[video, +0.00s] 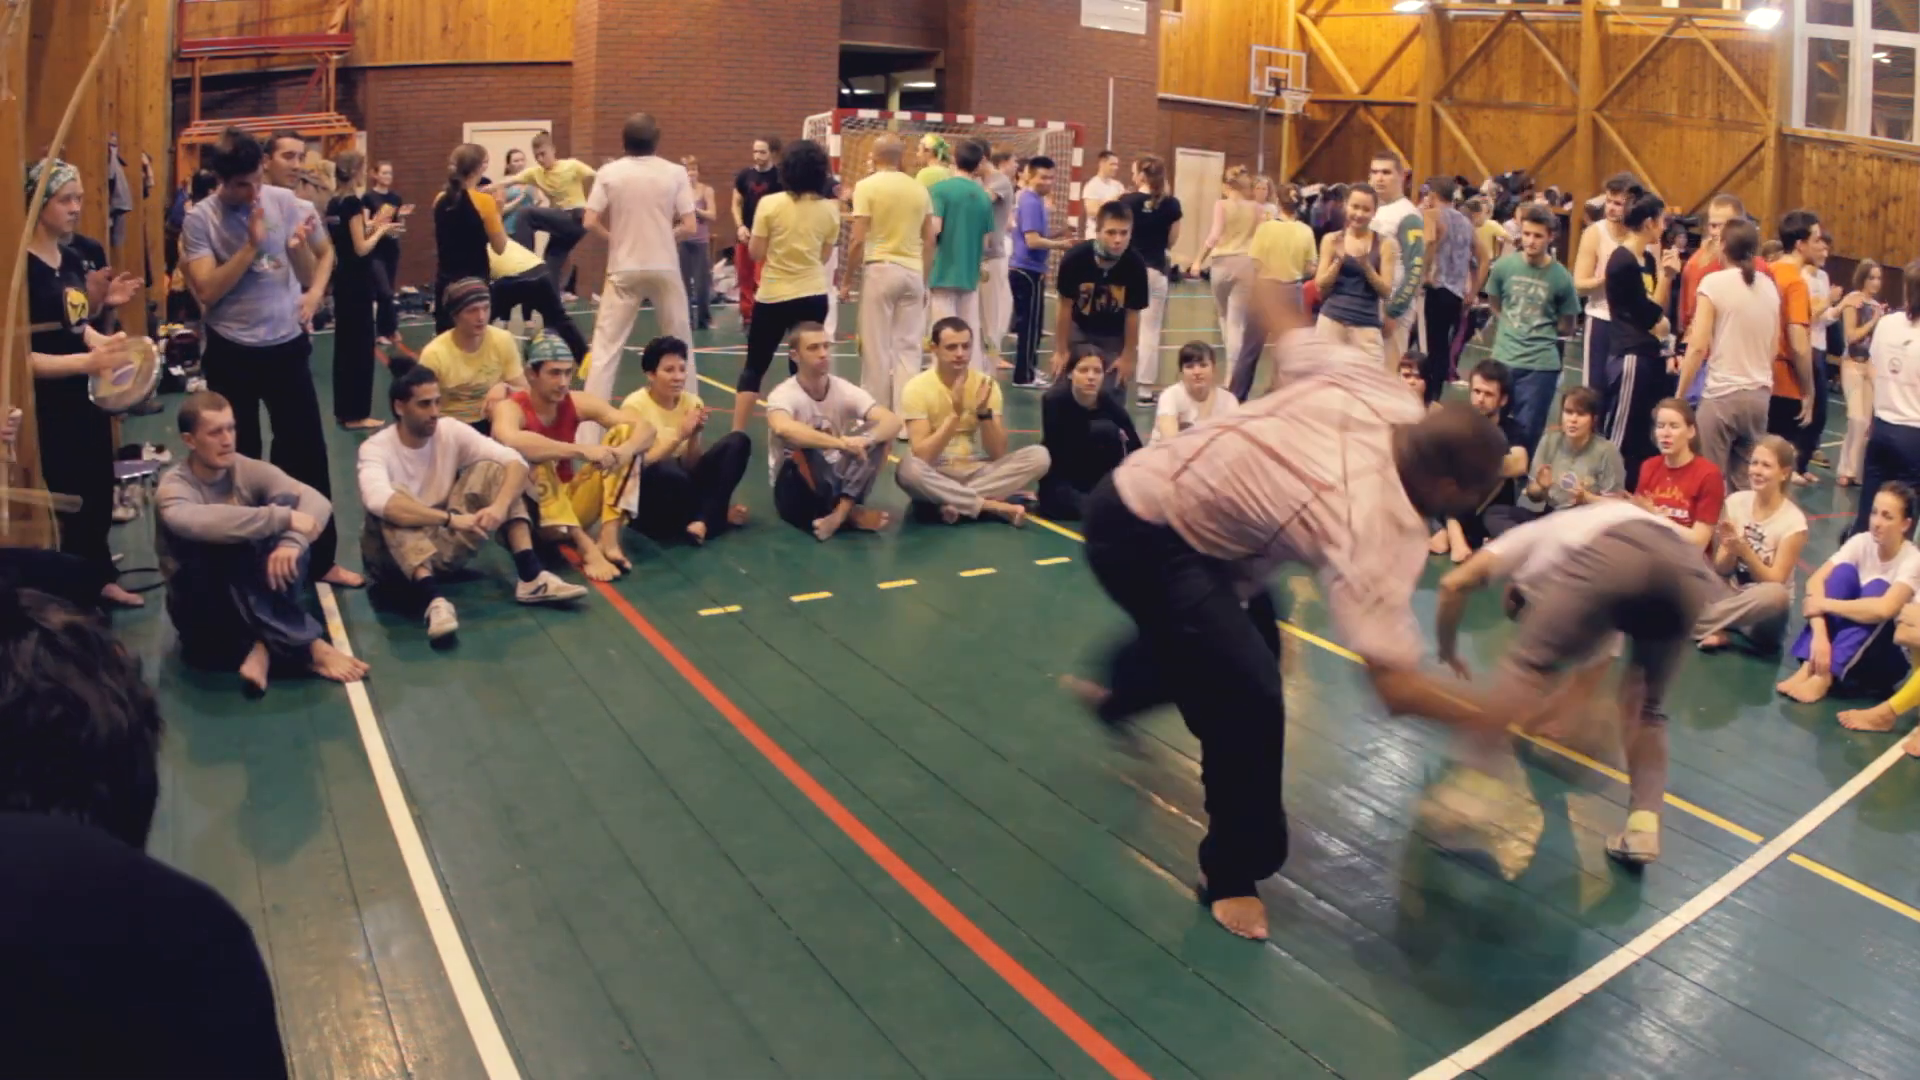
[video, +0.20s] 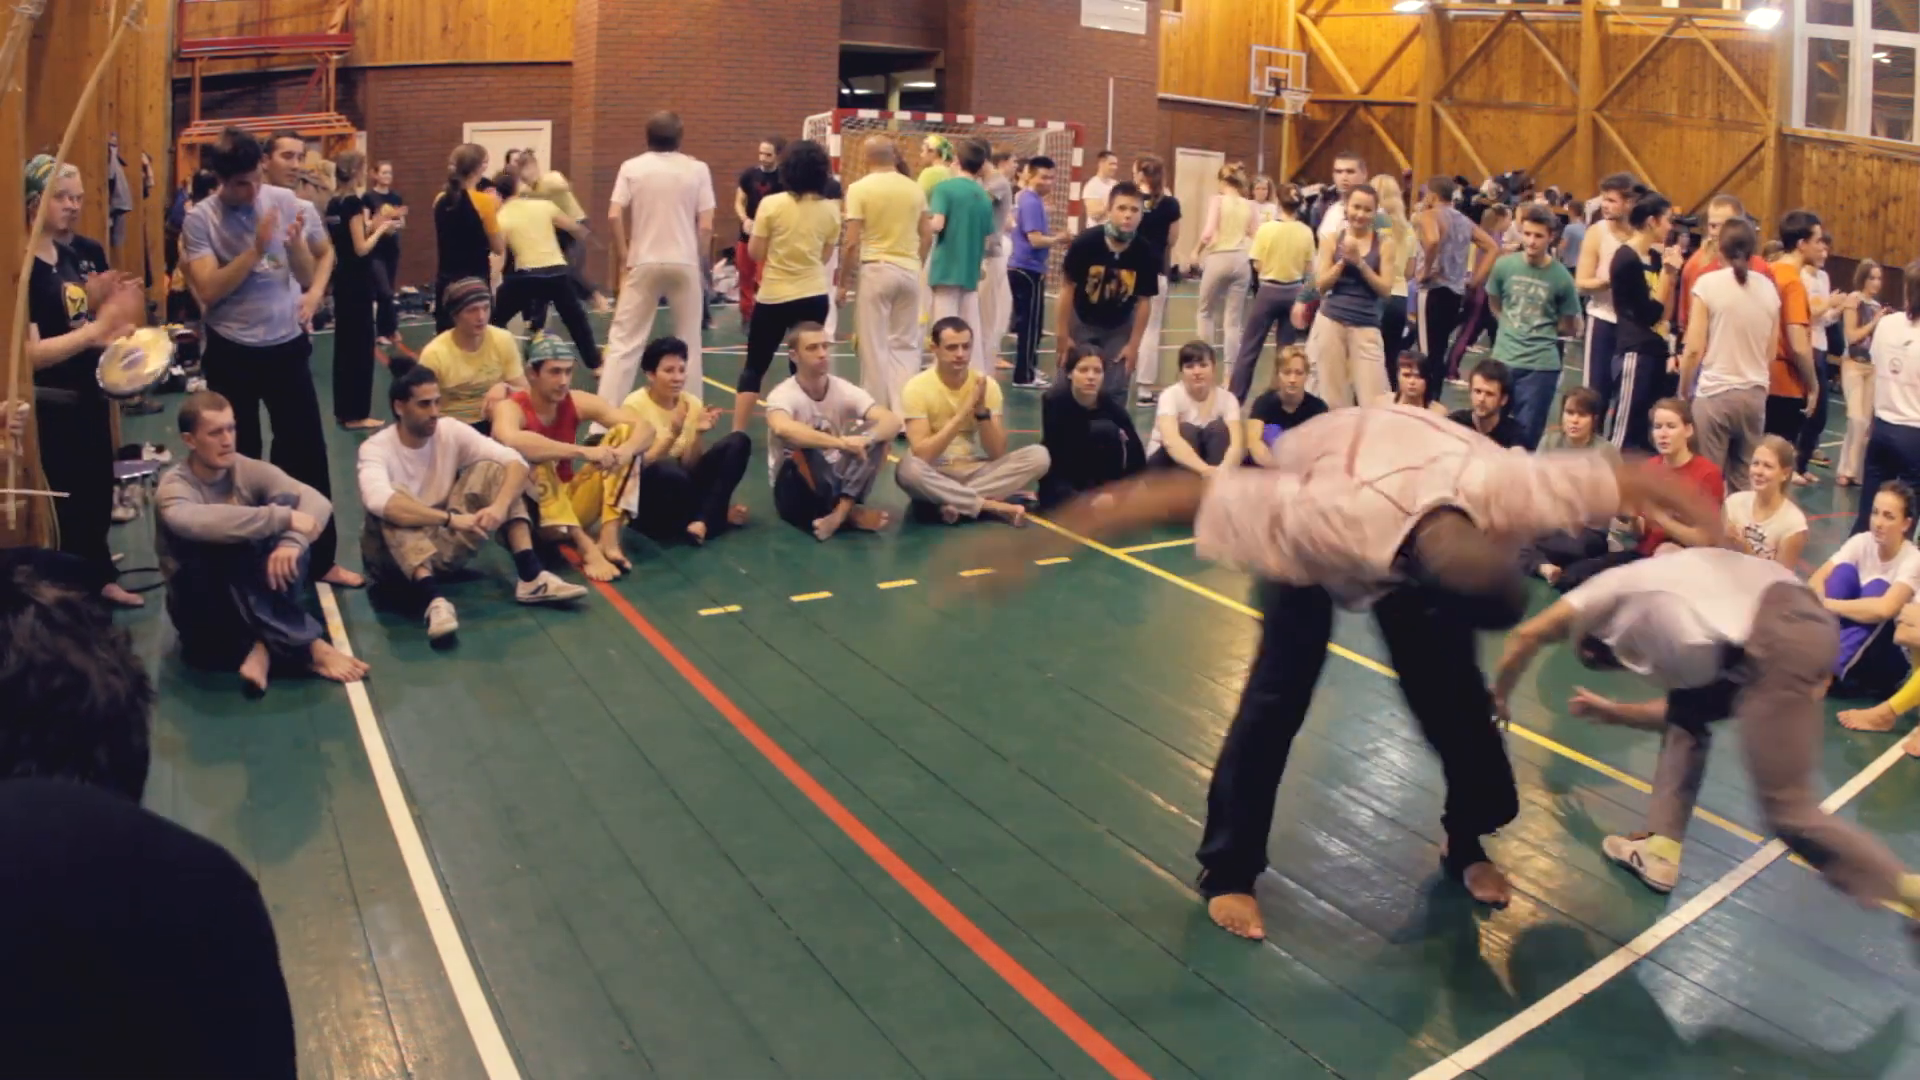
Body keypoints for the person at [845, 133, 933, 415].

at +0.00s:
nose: (869, 159)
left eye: (871, 155)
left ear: (874, 157)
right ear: (901, 158)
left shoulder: (867, 186)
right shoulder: (919, 188)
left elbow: (858, 239)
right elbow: (929, 237)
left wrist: (847, 279)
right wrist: (924, 277)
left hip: (879, 266)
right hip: (912, 267)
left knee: (876, 347)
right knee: (908, 348)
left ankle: (877, 420)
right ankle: (906, 420)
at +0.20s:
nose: (863, 161)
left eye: (864, 157)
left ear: (867, 159)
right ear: (894, 157)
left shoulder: (859, 189)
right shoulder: (914, 188)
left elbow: (852, 242)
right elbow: (926, 234)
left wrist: (843, 283)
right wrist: (916, 264)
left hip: (875, 267)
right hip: (909, 267)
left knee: (873, 345)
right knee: (905, 344)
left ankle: (878, 417)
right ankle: (906, 414)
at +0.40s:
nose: (861, 161)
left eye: (863, 157)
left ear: (866, 159)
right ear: (893, 156)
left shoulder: (858, 189)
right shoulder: (913, 188)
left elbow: (851, 242)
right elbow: (925, 235)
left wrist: (841, 284)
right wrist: (914, 266)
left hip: (874, 266)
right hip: (908, 266)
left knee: (873, 346)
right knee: (905, 345)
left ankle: (878, 417)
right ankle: (906, 414)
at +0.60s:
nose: (863, 161)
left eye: (865, 156)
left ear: (868, 158)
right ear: (895, 157)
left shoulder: (861, 188)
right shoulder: (914, 188)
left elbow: (853, 240)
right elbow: (924, 235)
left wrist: (842, 283)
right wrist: (919, 270)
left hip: (878, 265)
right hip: (911, 265)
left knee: (875, 345)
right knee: (909, 345)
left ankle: (877, 414)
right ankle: (906, 412)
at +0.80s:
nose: (870, 157)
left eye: (872, 153)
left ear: (875, 156)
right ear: (901, 158)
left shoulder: (868, 186)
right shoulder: (918, 188)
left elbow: (860, 238)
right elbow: (929, 235)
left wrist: (847, 280)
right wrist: (921, 271)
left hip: (883, 266)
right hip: (914, 266)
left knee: (877, 343)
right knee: (911, 345)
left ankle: (877, 412)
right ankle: (907, 412)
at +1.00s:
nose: (878, 157)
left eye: (880, 154)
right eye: (881, 153)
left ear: (883, 157)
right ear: (908, 158)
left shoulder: (876, 185)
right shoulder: (925, 189)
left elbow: (867, 237)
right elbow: (935, 236)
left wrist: (854, 279)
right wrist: (922, 271)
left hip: (886, 265)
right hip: (916, 266)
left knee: (877, 343)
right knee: (910, 344)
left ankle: (878, 413)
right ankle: (908, 412)